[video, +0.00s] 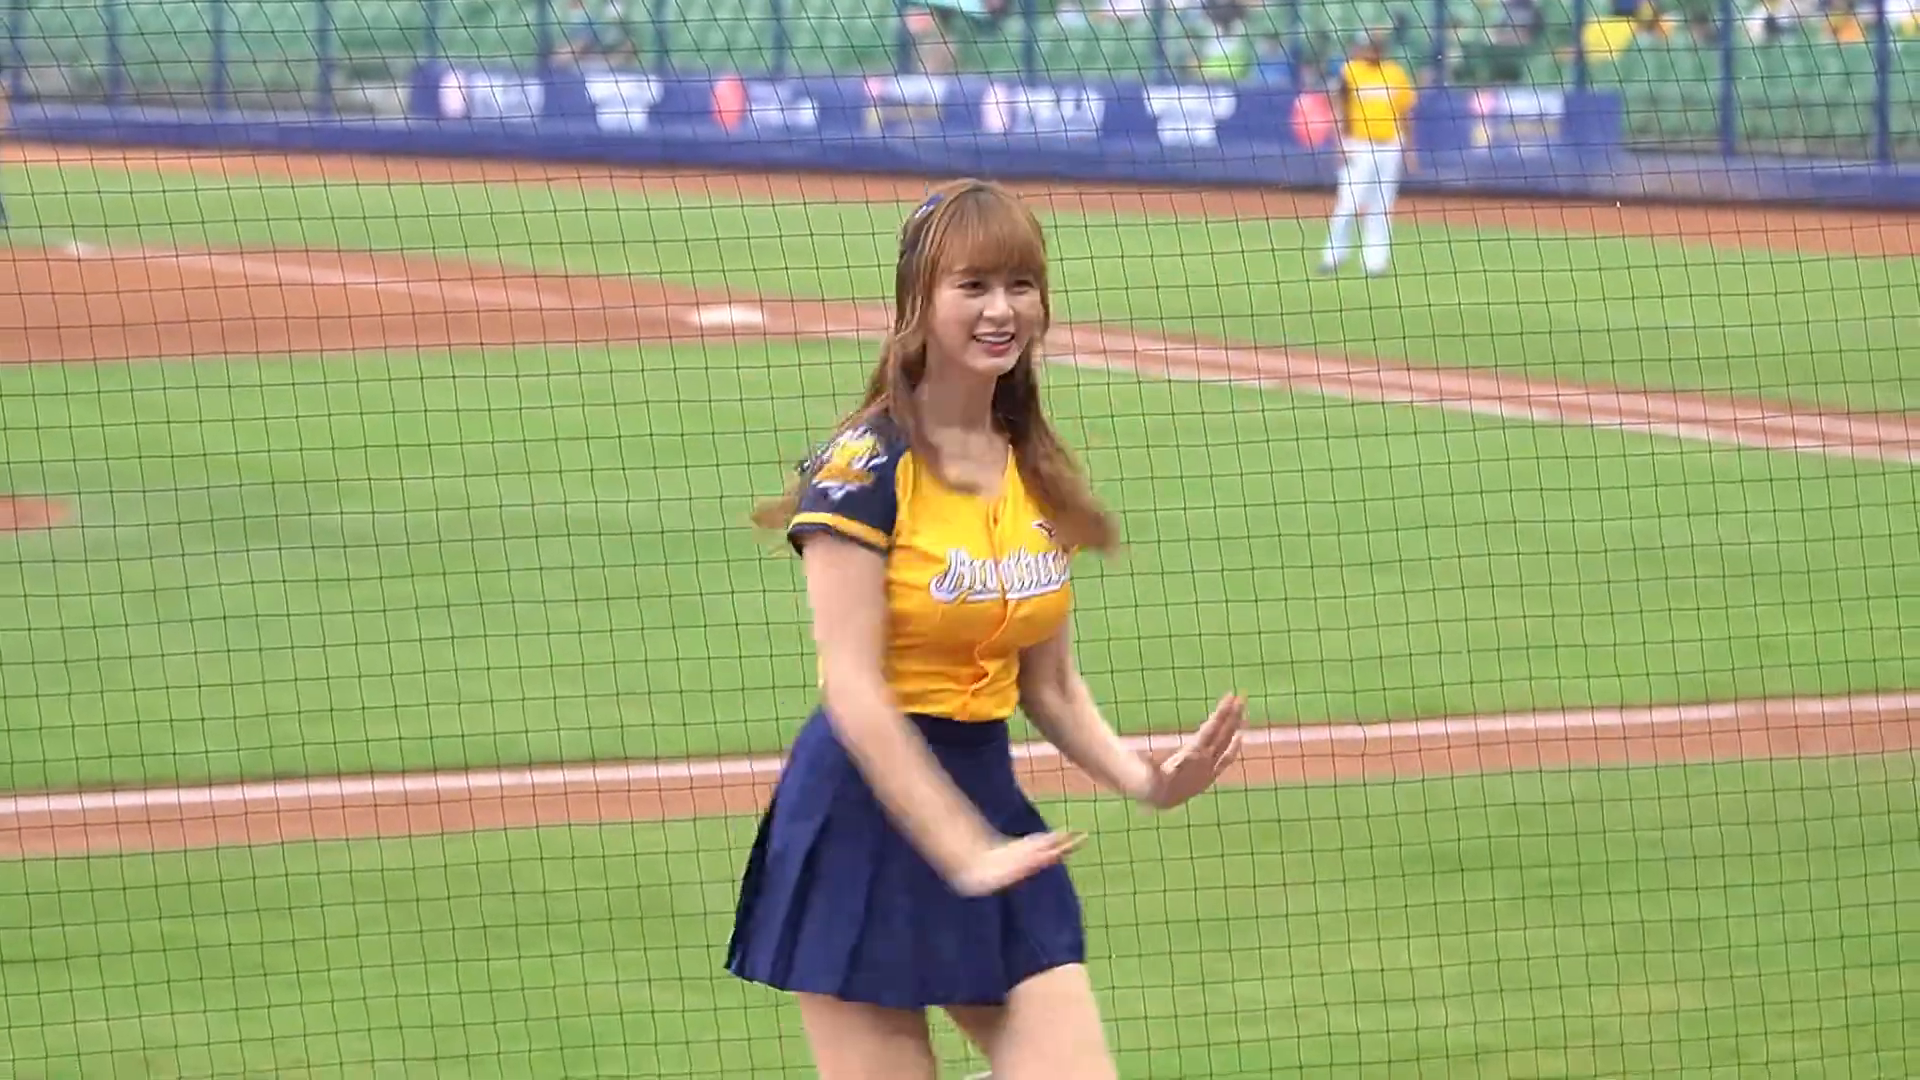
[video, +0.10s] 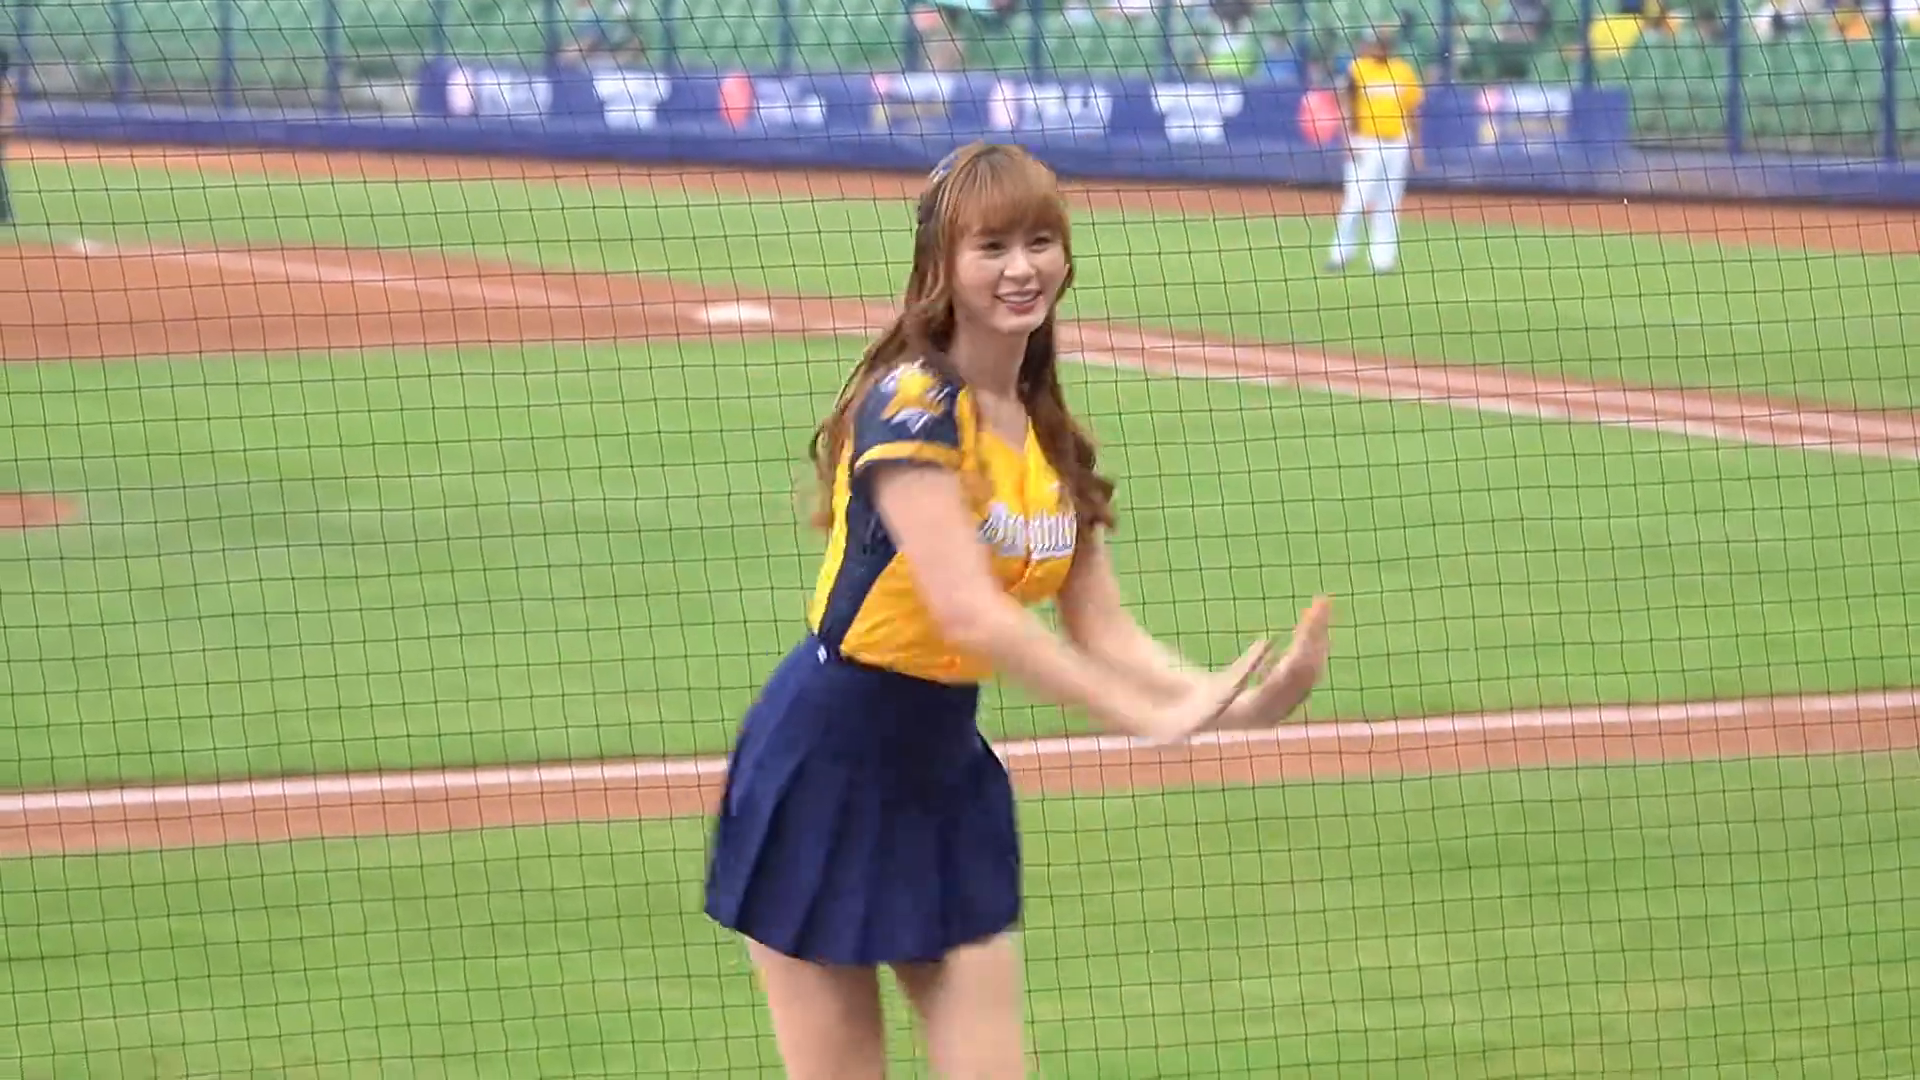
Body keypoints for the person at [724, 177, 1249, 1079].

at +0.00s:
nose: (1001, 309)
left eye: (1019, 285)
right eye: (972, 285)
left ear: (1039, 301)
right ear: (917, 301)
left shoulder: (1034, 469)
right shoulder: (861, 470)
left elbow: (1050, 680)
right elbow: (851, 688)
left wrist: (1139, 778)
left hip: (988, 793)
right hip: (862, 792)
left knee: (1078, 1062)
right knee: (883, 1063)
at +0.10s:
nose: (1022, 267)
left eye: (1041, 242)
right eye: (992, 247)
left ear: (1066, 258)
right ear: (942, 268)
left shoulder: (1049, 436)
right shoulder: (905, 406)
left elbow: (1104, 628)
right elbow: (970, 614)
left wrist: (1222, 703)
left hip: (944, 759)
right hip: (824, 751)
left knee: (991, 1063)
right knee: (840, 1065)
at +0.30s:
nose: (1049, 309)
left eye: (1066, 282)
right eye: (1017, 292)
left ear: (1095, 294)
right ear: (974, 316)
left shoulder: (1085, 462)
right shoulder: (961, 430)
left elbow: (1237, 602)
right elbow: (1117, 556)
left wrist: (1434, 616)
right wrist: (1325, 571)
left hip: (891, 791)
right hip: (788, 770)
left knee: (861, 1067)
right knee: (774, 1069)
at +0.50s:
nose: (1025, 256)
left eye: (1042, 231)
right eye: (997, 233)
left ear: (1062, 243)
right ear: (937, 246)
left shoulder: (1049, 396)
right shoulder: (889, 391)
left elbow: (1115, 584)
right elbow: (898, 603)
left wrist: (1218, 707)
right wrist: (1059, 702)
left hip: (965, 747)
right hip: (856, 743)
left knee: (983, 1063)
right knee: (891, 1066)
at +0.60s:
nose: (997, 314)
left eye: (1014, 290)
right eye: (971, 289)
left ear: (1031, 299)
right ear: (905, 294)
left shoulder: (1039, 444)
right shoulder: (840, 444)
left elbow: (1084, 622)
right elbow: (835, 658)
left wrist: (1114, 752)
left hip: (1021, 773)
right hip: (889, 777)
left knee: (1062, 1060)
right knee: (947, 1064)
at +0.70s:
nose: (1000, 304)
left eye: (1015, 280)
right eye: (975, 279)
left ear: (1032, 291)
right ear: (909, 287)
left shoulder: (1052, 423)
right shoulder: (832, 452)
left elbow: (1086, 596)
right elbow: (842, 649)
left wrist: (1075, 736)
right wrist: (894, 778)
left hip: (1049, 770)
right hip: (906, 784)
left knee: (1077, 1058)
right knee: (955, 1062)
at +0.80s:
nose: (1021, 245)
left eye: (1036, 225)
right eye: (995, 220)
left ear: (1051, 245)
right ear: (923, 240)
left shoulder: (1079, 368)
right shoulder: (852, 408)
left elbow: (1098, 545)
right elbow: (843, 594)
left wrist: (1051, 652)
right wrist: (832, 693)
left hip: (1068, 728)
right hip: (920, 733)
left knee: (1047, 1063)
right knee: (944, 1064)